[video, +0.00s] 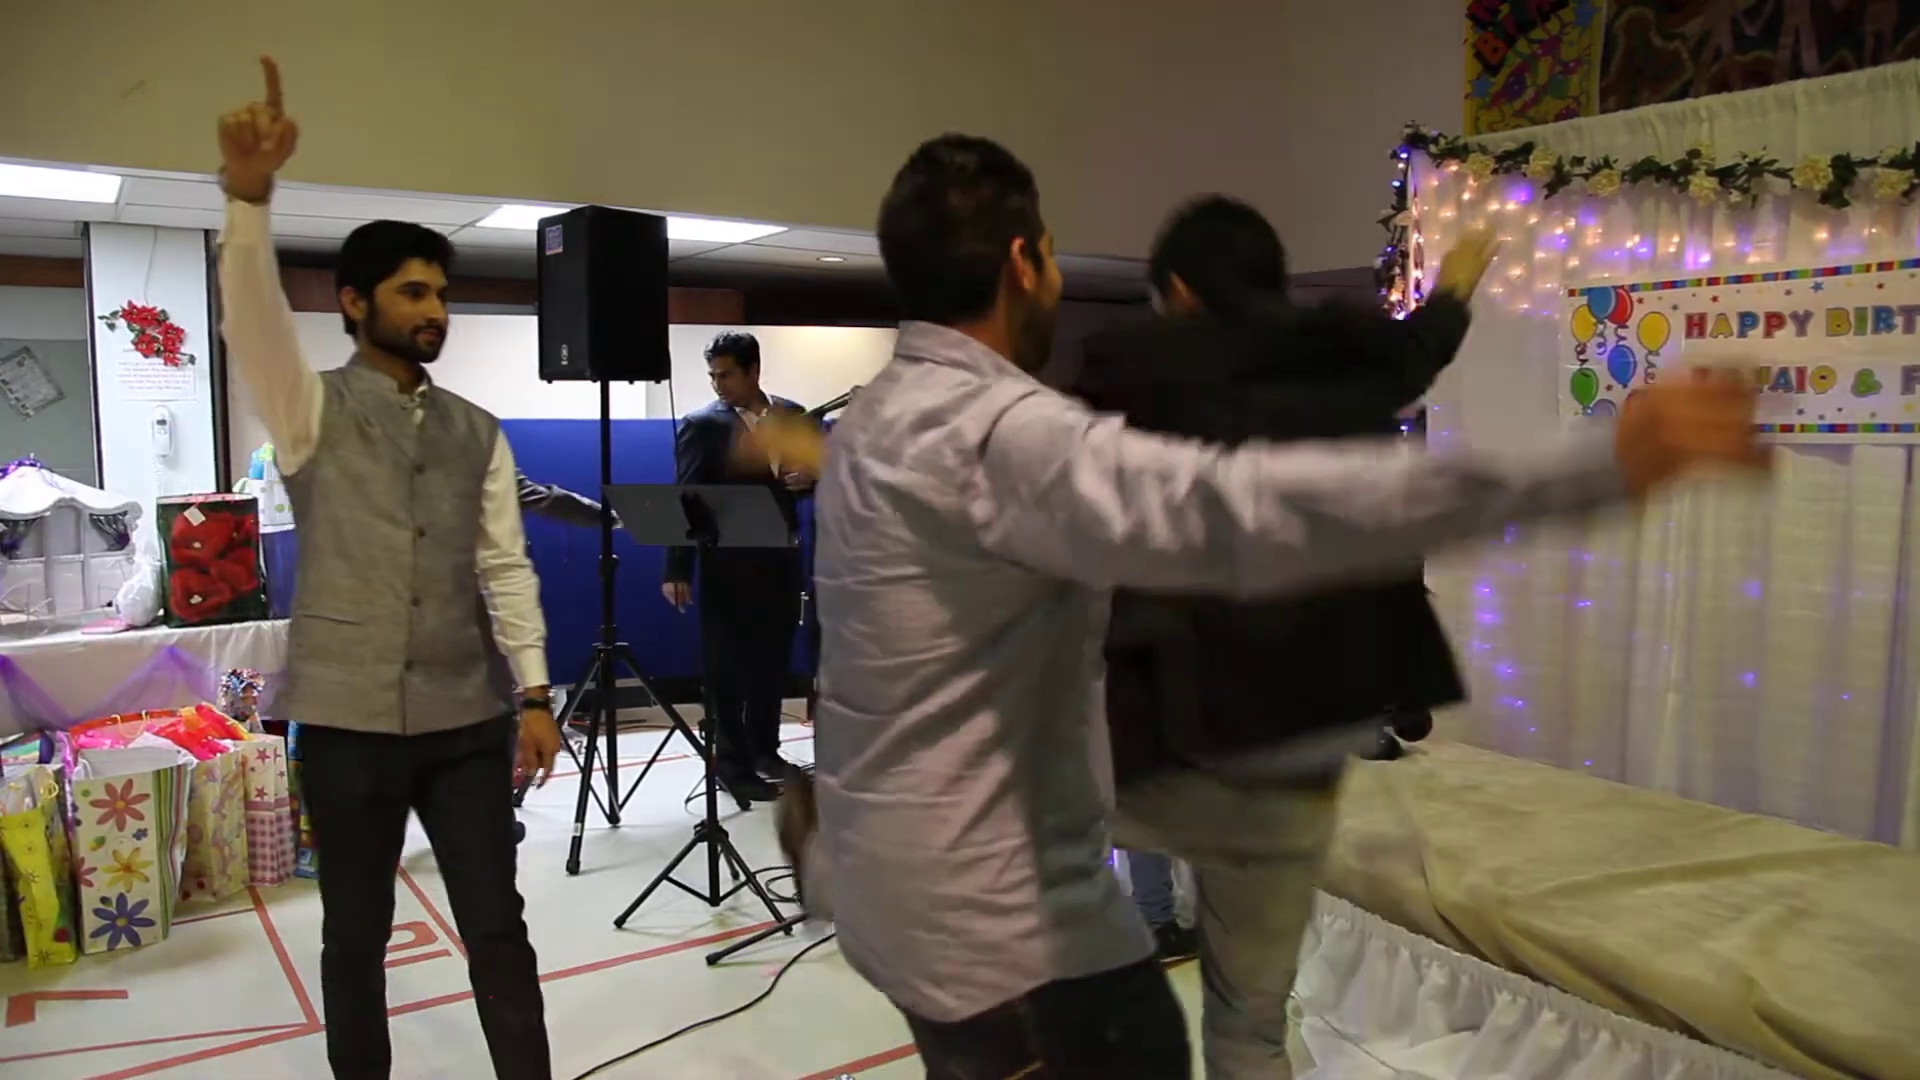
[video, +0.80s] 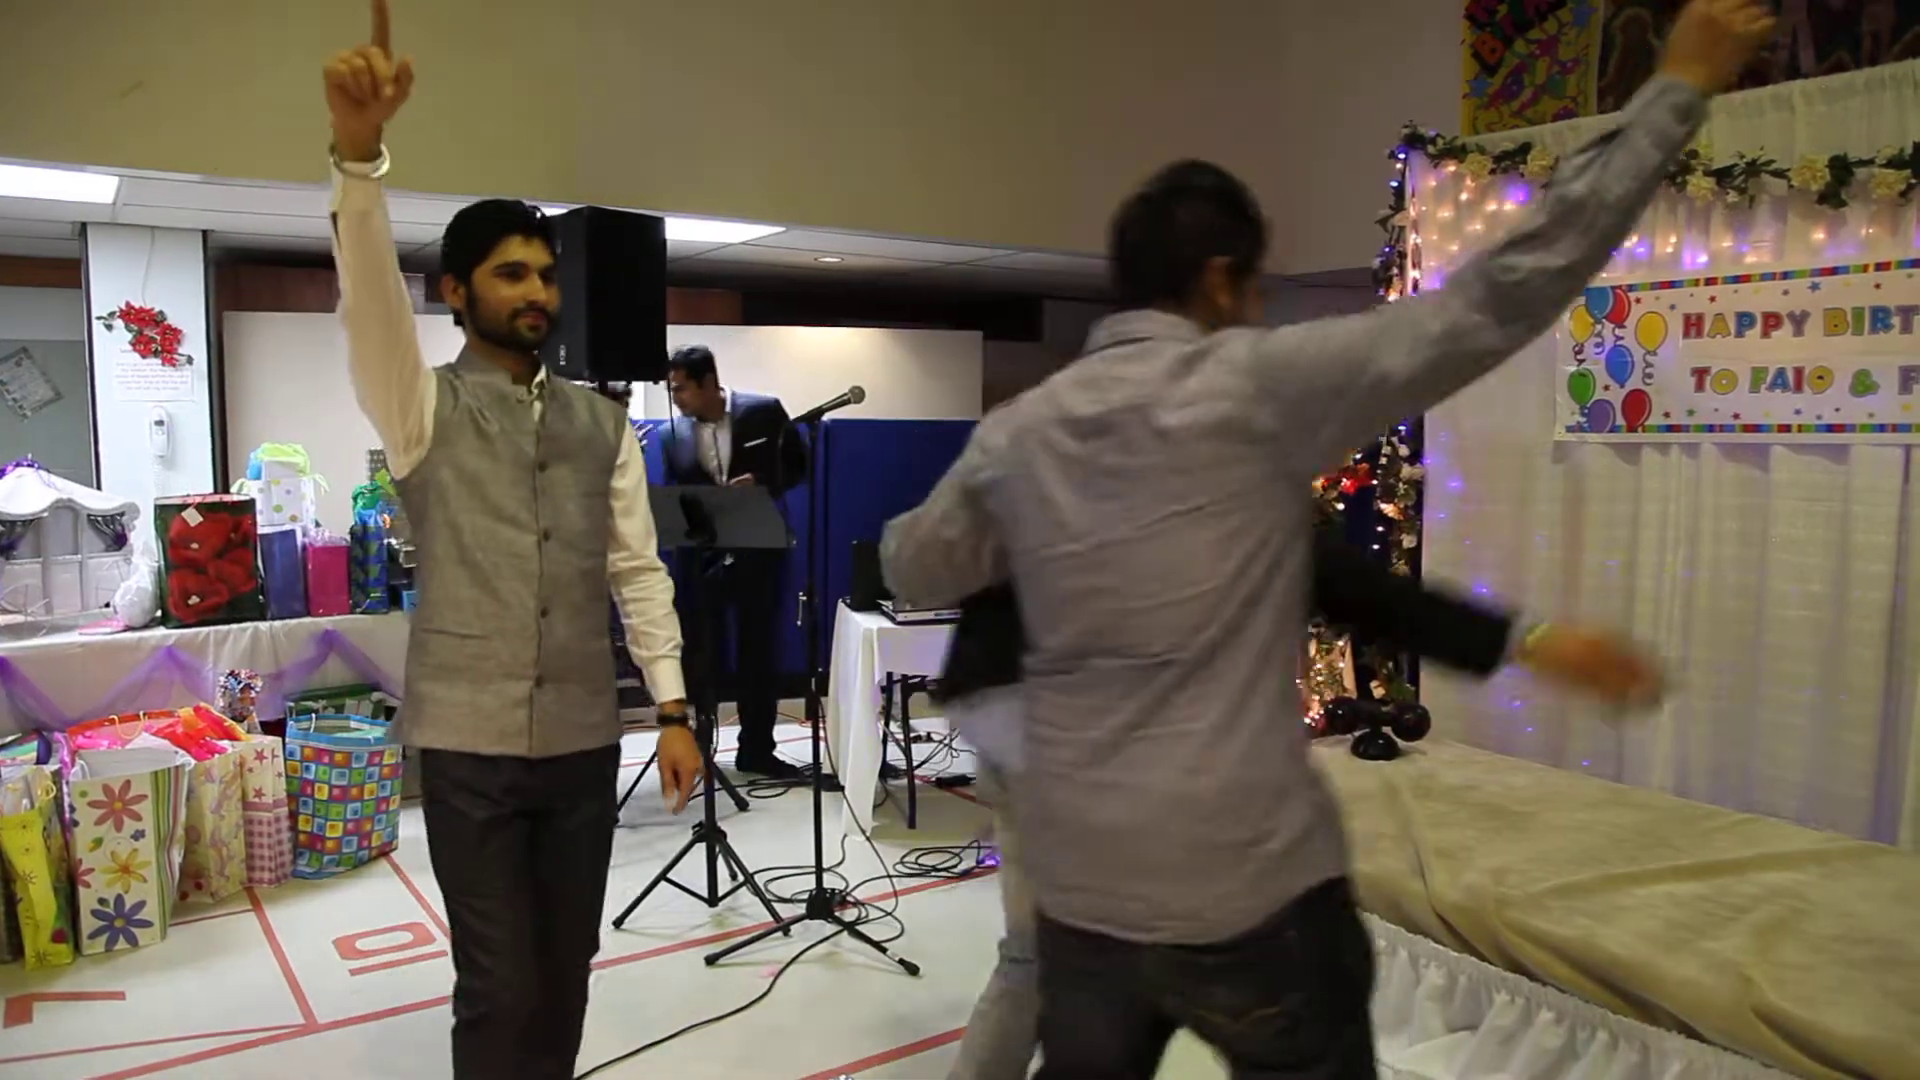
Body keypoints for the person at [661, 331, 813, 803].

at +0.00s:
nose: (716, 384)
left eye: (724, 374)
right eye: (713, 376)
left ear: (752, 371)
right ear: (712, 377)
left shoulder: (793, 420)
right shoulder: (700, 428)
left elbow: (816, 476)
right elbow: (686, 502)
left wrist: (808, 478)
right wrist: (677, 568)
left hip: (778, 565)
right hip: (722, 566)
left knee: (770, 666)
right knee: (726, 668)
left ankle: (765, 754)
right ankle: (732, 767)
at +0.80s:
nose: (674, 396)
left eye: (680, 388)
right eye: (672, 388)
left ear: (709, 384)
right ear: (690, 388)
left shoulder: (764, 413)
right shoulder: (673, 434)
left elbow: (797, 464)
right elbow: (673, 497)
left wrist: (760, 482)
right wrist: (706, 504)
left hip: (759, 553)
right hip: (701, 557)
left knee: (759, 649)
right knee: (699, 648)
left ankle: (756, 751)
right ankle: (695, 751)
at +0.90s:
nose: (664, 404)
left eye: (669, 394)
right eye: (661, 395)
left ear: (697, 387)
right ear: (670, 393)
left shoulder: (753, 412)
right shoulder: (663, 438)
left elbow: (792, 462)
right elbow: (660, 498)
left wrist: (749, 481)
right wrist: (701, 498)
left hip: (754, 552)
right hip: (698, 557)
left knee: (754, 648)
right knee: (699, 647)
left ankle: (756, 750)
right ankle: (694, 753)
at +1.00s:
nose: (658, 406)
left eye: (663, 396)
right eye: (654, 398)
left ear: (691, 388)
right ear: (657, 396)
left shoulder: (744, 413)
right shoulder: (655, 437)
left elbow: (783, 464)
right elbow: (650, 495)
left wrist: (736, 482)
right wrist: (690, 500)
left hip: (746, 555)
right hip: (690, 558)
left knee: (751, 649)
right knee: (695, 649)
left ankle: (755, 750)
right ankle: (692, 749)